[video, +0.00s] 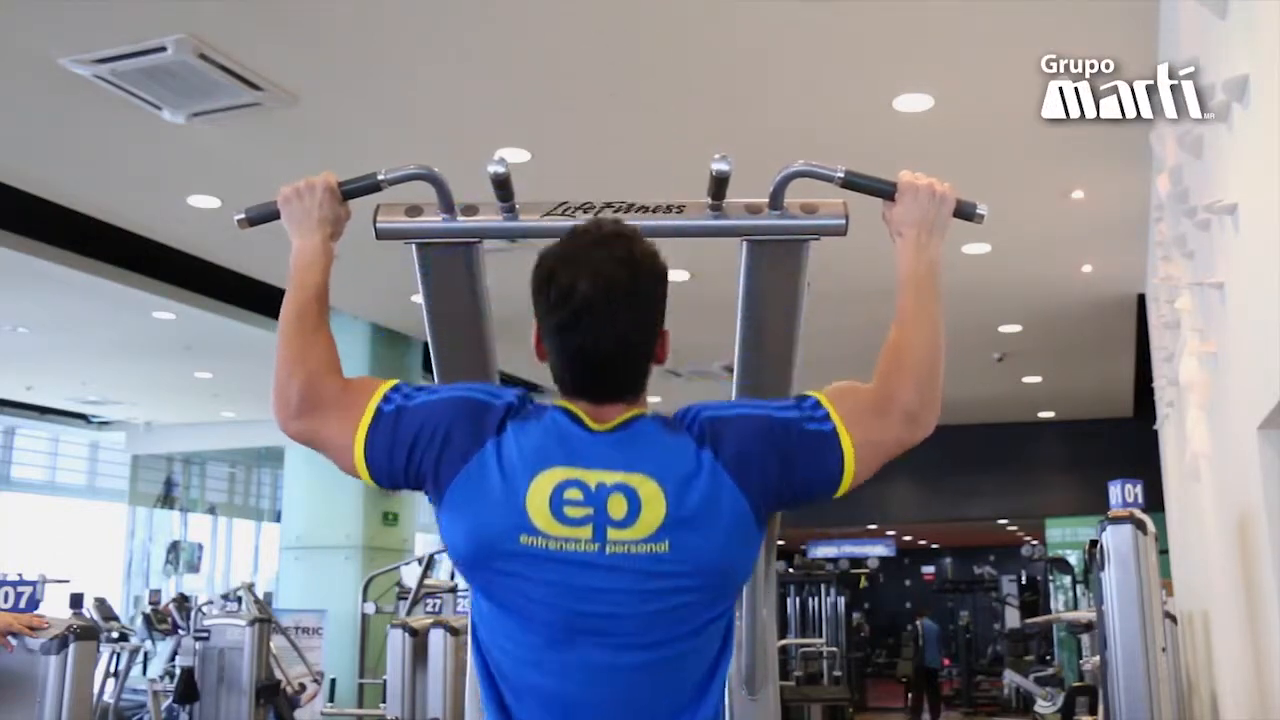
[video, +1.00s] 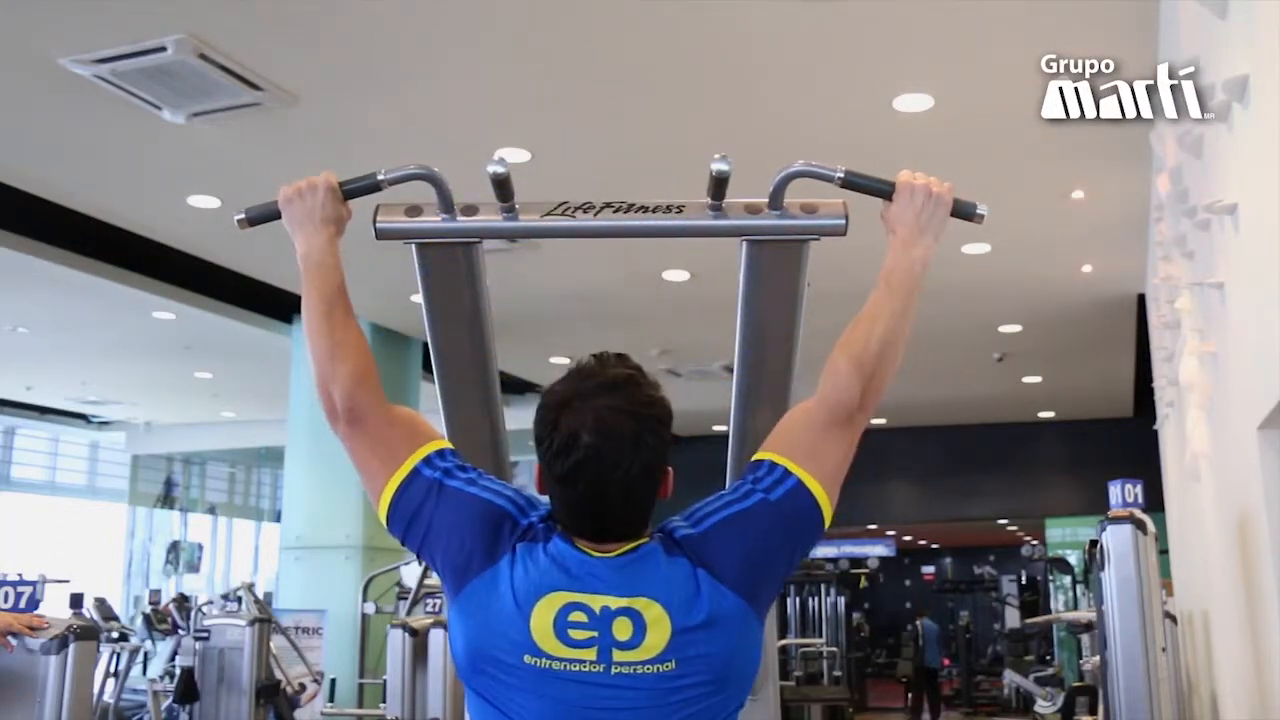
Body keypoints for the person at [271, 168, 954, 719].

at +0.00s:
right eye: (661, 325)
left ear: (540, 348)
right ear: (662, 350)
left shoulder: (472, 439)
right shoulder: (731, 456)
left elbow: (303, 403)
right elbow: (906, 409)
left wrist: (311, 245)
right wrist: (920, 244)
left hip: (522, 708)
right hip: (685, 709)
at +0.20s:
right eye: (663, 381)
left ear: (536, 408)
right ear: (663, 412)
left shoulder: (475, 500)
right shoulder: (725, 516)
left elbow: (321, 404)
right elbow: (882, 410)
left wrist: (311, 243)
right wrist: (916, 246)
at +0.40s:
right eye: (665, 433)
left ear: (540, 455)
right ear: (666, 460)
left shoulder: (484, 544)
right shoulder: (725, 564)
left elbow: (341, 406)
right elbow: (858, 404)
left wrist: (314, 246)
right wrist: (914, 245)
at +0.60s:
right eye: (665, 451)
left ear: (543, 477)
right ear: (666, 483)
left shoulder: (486, 560)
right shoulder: (724, 575)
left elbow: (354, 407)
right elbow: (846, 403)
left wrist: (316, 243)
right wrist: (912, 245)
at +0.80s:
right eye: (663, 453)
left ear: (542, 479)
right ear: (666, 486)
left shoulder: (486, 562)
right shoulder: (723, 578)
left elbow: (355, 408)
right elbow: (845, 404)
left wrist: (316, 243)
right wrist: (909, 246)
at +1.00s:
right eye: (663, 452)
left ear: (542, 478)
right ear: (665, 484)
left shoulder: (485, 561)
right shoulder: (723, 575)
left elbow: (355, 408)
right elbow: (845, 404)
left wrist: (316, 241)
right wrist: (909, 246)